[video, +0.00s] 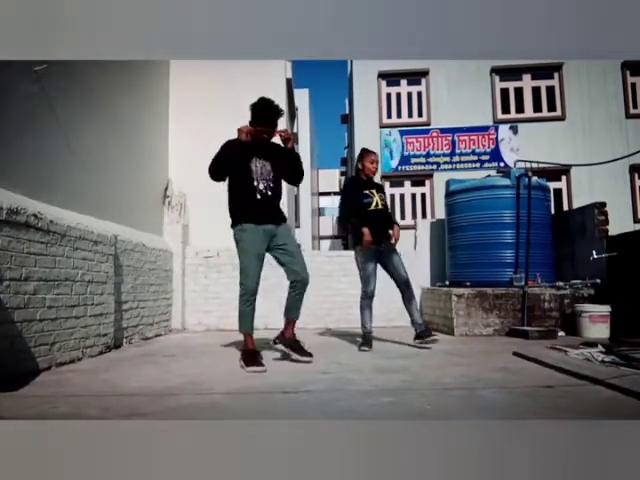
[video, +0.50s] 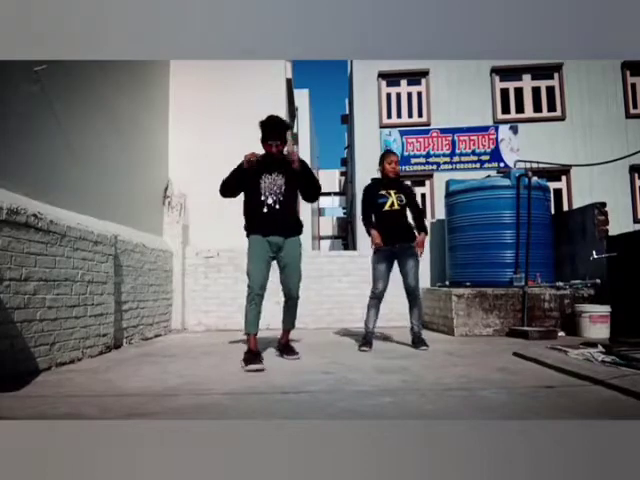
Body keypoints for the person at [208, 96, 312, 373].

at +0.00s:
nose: (269, 132)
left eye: (272, 128)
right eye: (266, 128)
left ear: (274, 127)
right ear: (254, 125)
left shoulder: (276, 150)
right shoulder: (236, 148)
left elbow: (296, 178)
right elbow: (216, 174)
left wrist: (291, 148)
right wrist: (237, 142)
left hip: (277, 225)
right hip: (249, 226)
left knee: (300, 278)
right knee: (249, 287)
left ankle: (288, 334)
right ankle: (249, 347)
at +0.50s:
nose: (274, 148)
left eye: (279, 143)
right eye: (270, 144)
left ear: (286, 142)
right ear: (263, 142)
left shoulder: (294, 165)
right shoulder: (253, 166)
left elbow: (313, 195)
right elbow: (226, 191)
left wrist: (299, 166)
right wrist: (244, 167)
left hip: (289, 236)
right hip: (260, 236)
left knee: (292, 292)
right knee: (256, 290)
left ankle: (285, 342)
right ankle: (253, 348)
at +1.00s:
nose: (285, 148)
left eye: (289, 143)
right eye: (280, 143)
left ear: (295, 145)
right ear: (273, 142)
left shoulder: (298, 176)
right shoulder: (254, 169)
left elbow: (308, 208)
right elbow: (232, 202)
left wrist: (307, 235)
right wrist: (233, 226)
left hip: (284, 237)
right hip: (254, 235)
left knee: (285, 287)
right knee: (239, 284)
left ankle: (284, 340)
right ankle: (248, 325)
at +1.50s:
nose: (246, 146)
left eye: (250, 142)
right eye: (242, 142)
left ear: (254, 144)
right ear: (233, 143)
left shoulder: (268, 167)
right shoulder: (227, 177)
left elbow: (291, 194)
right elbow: (221, 206)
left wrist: (290, 222)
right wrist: (223, 229)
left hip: (271, 232)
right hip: (244, 236)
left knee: (284, 281)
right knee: (240, 286)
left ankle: (295, 333)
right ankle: (249, 334)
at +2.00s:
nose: (257, 141)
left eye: (263, 138)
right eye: (254, 136)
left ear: (267, 143)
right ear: (246, 139)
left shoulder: (274, 172)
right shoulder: (230, 174)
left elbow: (287, 200)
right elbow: (212, 209)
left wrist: (289, 221)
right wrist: (223, 233)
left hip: (275, 236)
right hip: (247, 239)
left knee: (292, 277)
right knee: (249, 291)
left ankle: (292, 333)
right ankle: (252, 338)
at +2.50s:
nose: (285, 141)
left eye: (290, 137)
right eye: (281, 136)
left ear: (297, 139)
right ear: (275, 136)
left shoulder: (304, 171)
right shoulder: (257, 164)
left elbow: (322, 203)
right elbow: (231, 191)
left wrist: (318, 207)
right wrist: (243, 203)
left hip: (290, 234)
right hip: (260, 234)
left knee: (294, 288)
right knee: (248, 288)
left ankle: (295, 344)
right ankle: (250, 342)